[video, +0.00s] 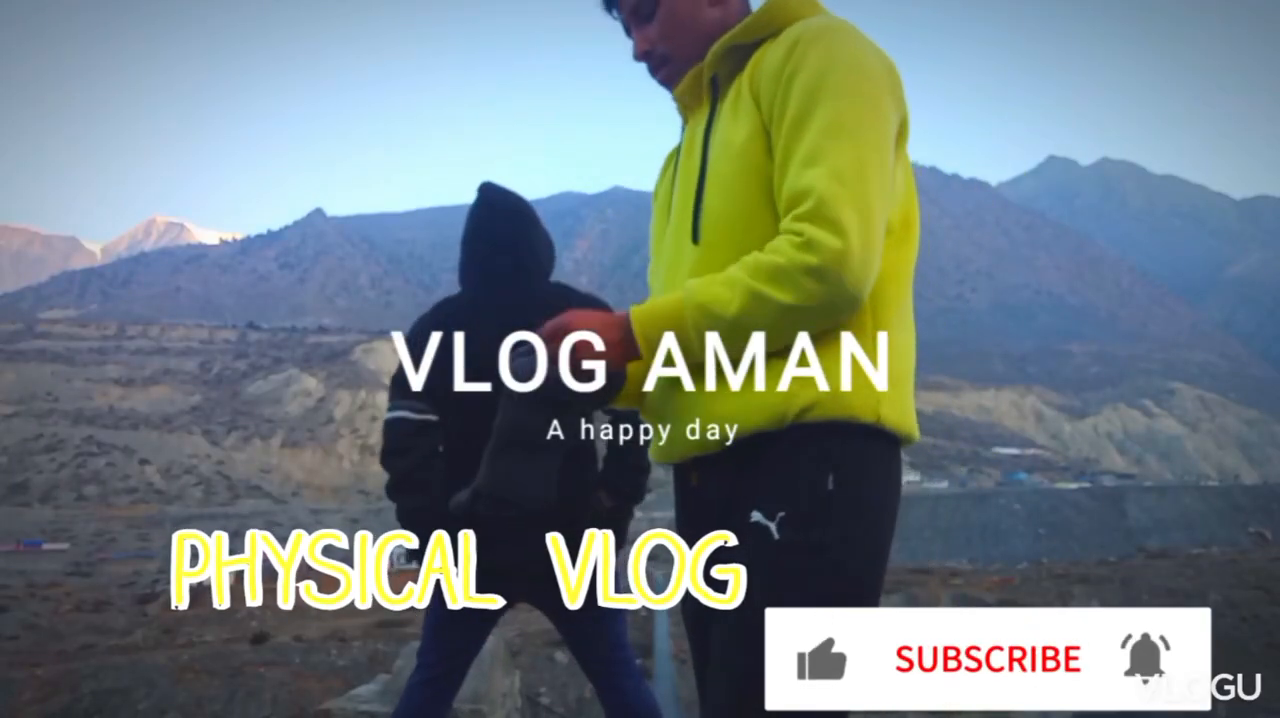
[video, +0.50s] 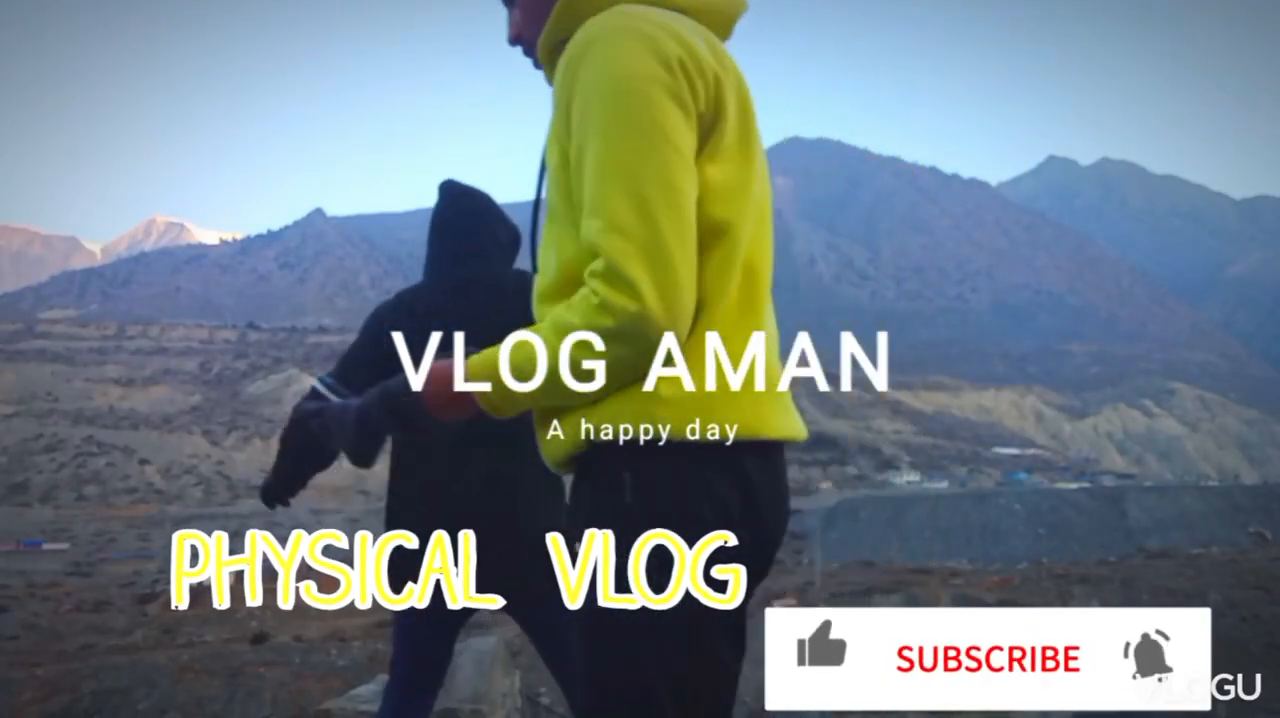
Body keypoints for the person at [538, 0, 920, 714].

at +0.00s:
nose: (635, 45)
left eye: (642, 13)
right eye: (624, 26)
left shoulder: (824, 51)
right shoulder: (681, 155)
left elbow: (829, 263)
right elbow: (699, 338)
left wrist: (637, 334)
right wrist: (614, 364)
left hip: (815, 454)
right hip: (714, 464)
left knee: (793, 698)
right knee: (728, 697)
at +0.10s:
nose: (617, 53)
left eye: (621, 19)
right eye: (605, 33)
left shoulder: (797, 51)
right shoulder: (696, 117)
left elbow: (805, 264)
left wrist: (624, 372)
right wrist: (612, 380)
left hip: (798, 457)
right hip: (722, 462)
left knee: (744, 698)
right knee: (721, 697)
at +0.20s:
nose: (598, 58)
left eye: (598, 22)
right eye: (587, 38)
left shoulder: (763, 43)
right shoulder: (703, 82)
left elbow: (768, 264)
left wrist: (603, 391)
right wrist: (604, 396)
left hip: (774, 457)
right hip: (724, 457)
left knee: (723, 700)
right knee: (706, 698)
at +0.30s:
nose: (578, 56)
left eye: (573, 19)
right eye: (565, 31)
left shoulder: (720, 43)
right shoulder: (696, 60)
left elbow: (709, 270)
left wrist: (556, 405)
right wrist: (565, 401)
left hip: (732, 466)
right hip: (704, 466)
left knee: (712, 702)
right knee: (703, 700)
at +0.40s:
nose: (548, 45)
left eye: (544, 12)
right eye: (538, 21)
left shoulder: (673, 41)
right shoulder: (673, 48)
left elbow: (663, 286)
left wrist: (505, 402)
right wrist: (520, 393)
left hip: (695, 466)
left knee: (677, 700)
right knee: (682, 699)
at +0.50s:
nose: (513, 31)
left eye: (514, 7)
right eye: (508, 14)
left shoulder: (620, 46)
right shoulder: (674, 45)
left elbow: (635, 310)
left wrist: (474, 382)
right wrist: (487, 375)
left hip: (660, 465)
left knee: (641, 702)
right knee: (670, 701)